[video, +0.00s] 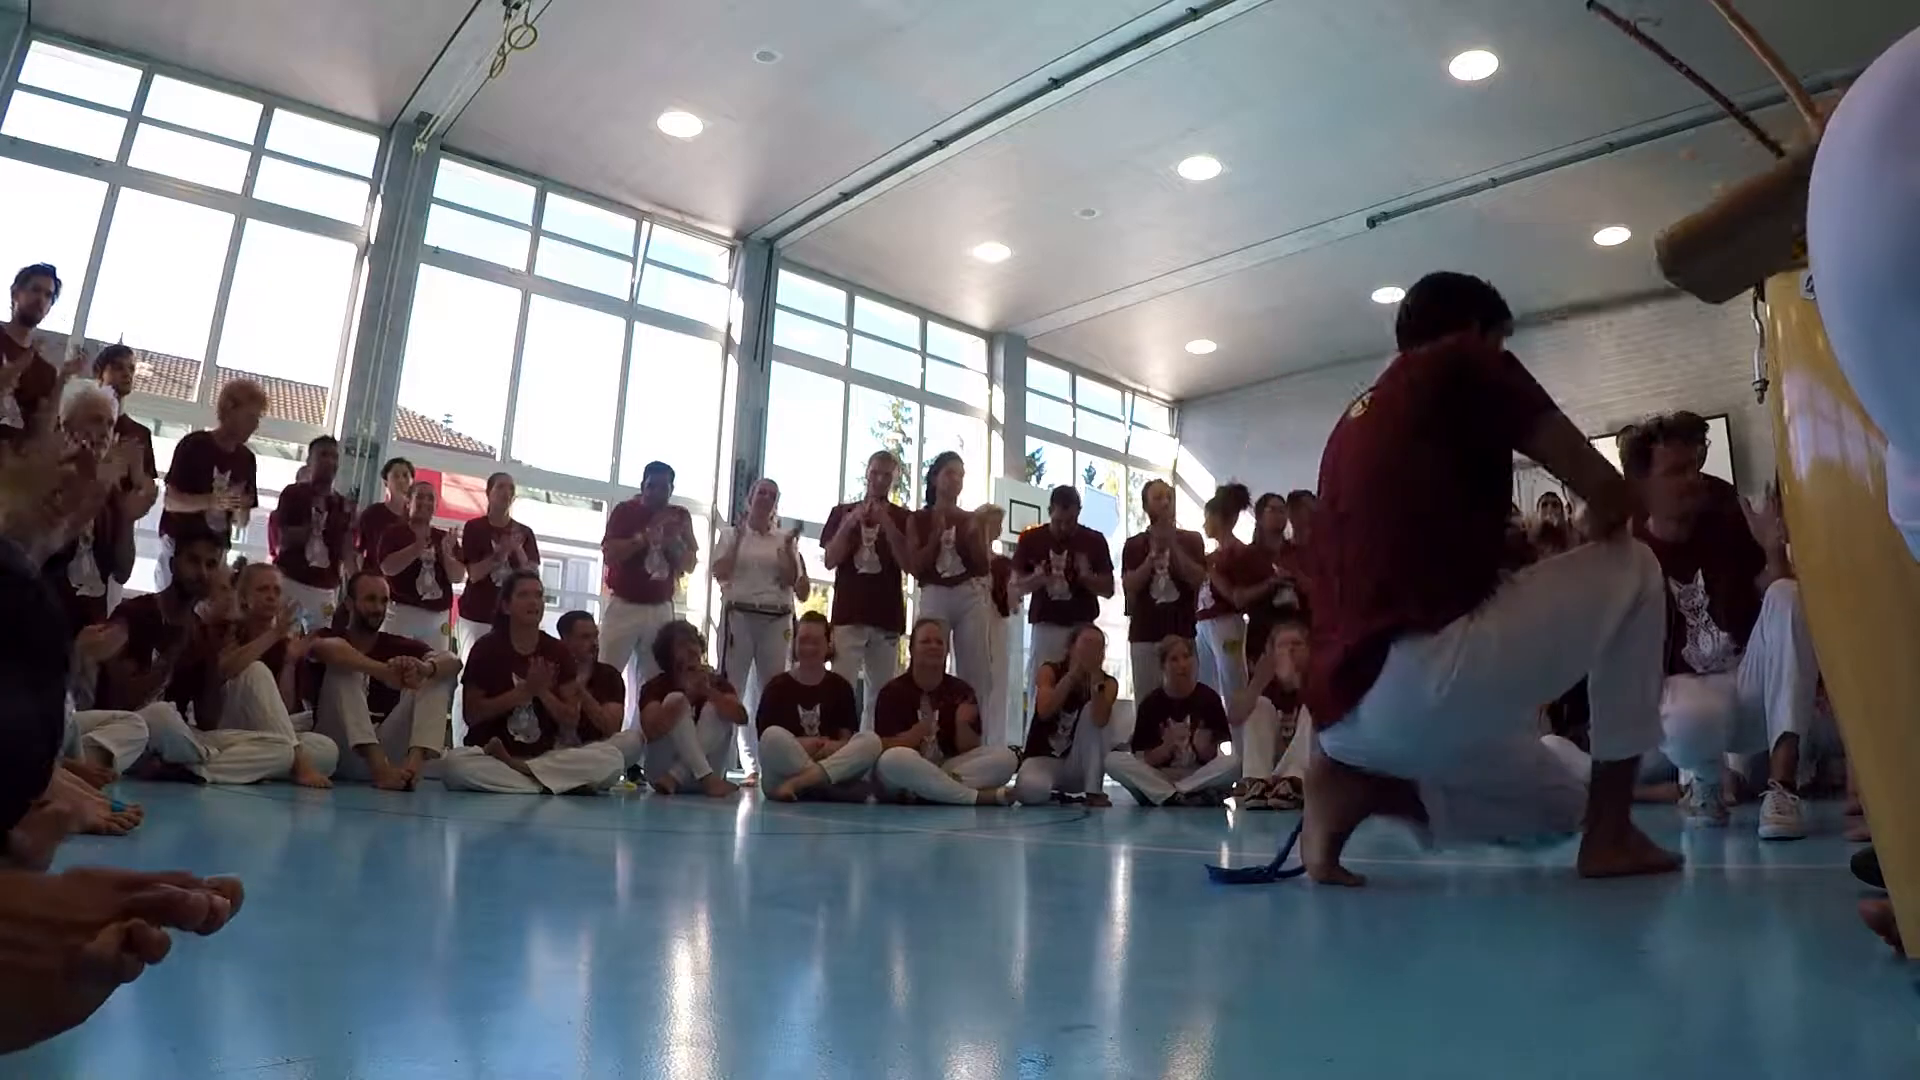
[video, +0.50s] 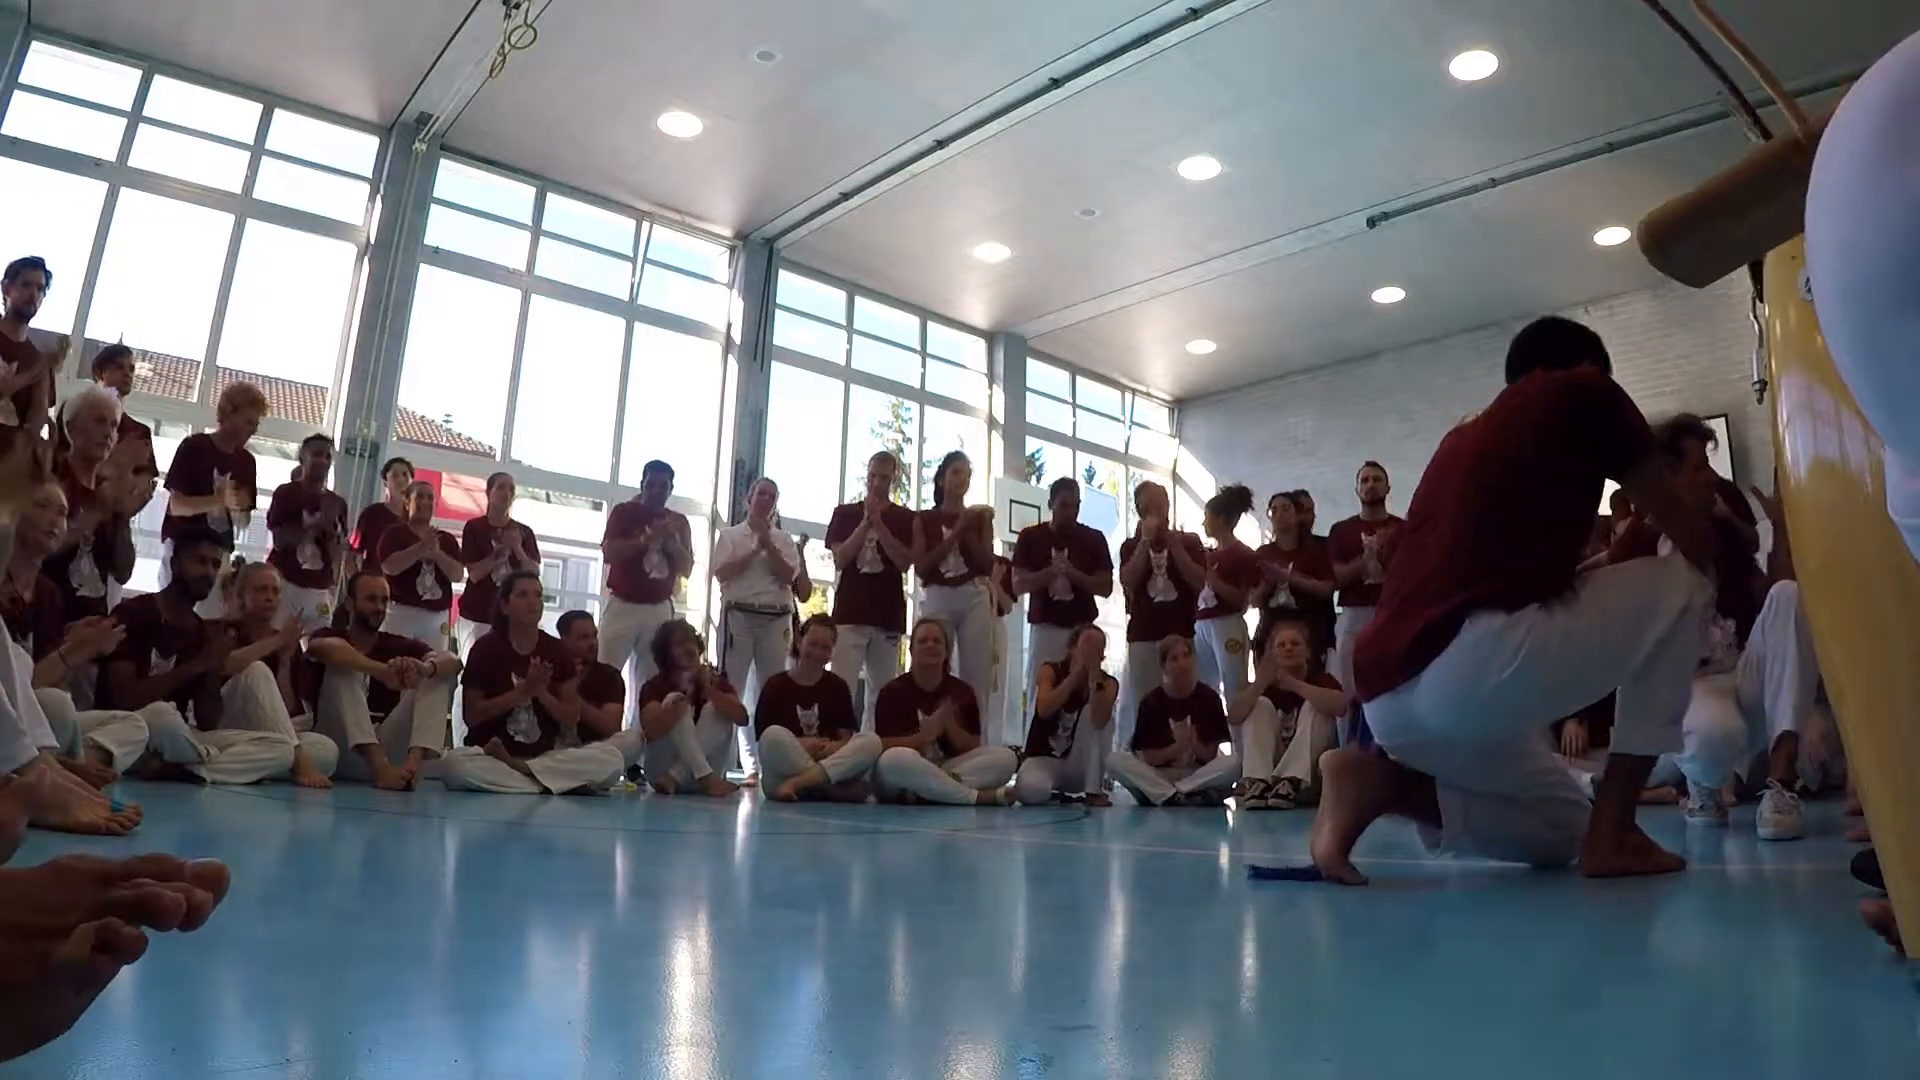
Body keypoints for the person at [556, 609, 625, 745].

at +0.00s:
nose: (594, 643)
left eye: (596, 636)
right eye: (586, 637)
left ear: (599, 636)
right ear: (565, 641)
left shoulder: (609, 675)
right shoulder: (550, 675)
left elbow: (611, 728)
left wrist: (581, 690)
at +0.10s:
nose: (594, 643)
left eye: (595, 636)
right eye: (585, 637)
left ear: (598, 635)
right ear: (565, 641)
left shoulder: (609, 675)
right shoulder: (548, 674)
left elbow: (611, 727)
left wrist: (580, 690)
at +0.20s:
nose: (594, 643)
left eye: (595, 636)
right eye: (585, 637)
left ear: (598, 635)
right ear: (564, 641)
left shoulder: (609, 676)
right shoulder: (546, 672)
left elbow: (610, 727)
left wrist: (571, 696)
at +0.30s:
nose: (593, 643)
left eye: (595, 636)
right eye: (584, 637)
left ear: (598, 636)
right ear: (564, 641)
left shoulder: (609, 675)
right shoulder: (549, 675)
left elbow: (610, 726)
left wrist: (581, 690)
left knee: (632, 741)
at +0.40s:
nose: (593, 643)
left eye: (595, 636)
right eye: (584, 638)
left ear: (598, 636)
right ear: (564, 641)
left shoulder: (609, 675)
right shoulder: (550, 675)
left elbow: (611, 727)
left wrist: (583, 690)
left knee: (633, 738)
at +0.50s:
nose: (593, 643)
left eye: (595, 635)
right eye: (585, 637)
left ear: (598, 635)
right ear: (564, 640)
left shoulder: (609, 675)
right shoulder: (548, 673)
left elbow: (610, 727)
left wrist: (572, 699)